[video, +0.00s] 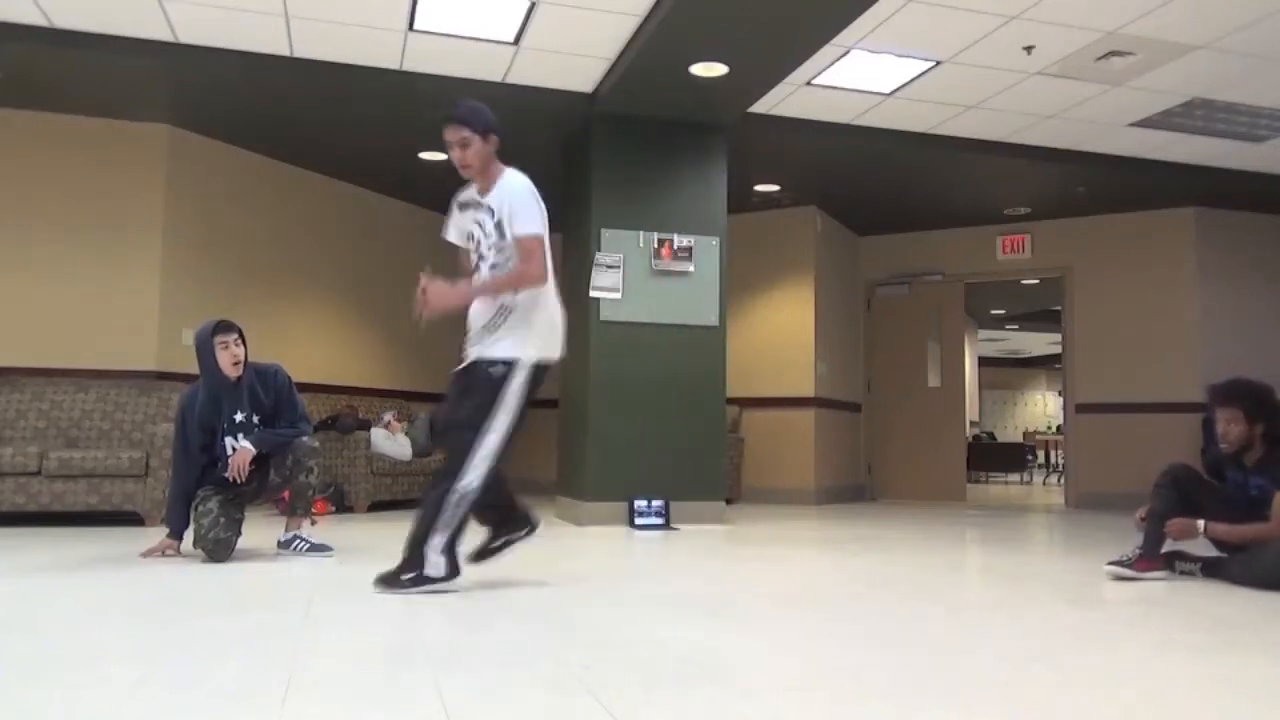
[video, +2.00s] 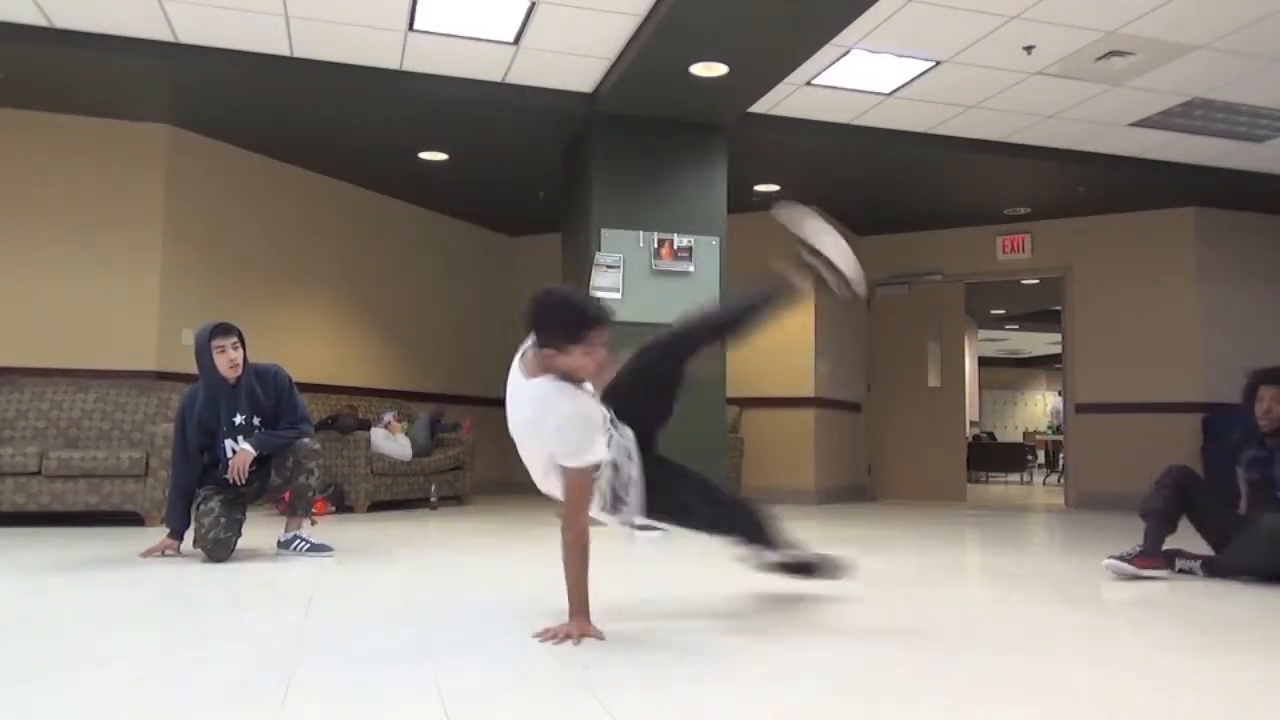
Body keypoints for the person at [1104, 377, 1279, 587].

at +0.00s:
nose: (1221, 432)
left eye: (1231, 423)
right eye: (1217, 422)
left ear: (1257, 428)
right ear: (1212, 423)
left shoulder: (1274, 466)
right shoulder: (1224, 461)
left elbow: (1274, 529)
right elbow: (1212, 501)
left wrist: (1201, 528)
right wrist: (1157, 511)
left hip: (1265, 544)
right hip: (1233, 532)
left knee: (1270, 570)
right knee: (1177, 475)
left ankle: (1205, 566)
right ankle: (1149, 555)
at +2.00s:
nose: (1266, 408)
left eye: (1275, 401)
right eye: (1260, 400)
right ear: (1252, 405)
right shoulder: (1248, 448)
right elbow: (1245, 507)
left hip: (1270, 552)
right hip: (1241, 543)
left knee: (1271, 524)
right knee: (1179, 476)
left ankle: (1206, 567)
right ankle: (1150, 552)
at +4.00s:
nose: (1257, 415)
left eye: (1268, 407)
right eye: (1251, 406)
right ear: (1244, 409)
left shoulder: (1275, 451)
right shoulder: (1239, 449)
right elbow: (1243, 501)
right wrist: (1239, 529)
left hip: (1271, 536)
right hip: (1240, 531)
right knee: (1145, 513)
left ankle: (1194, 561)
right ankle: (1210, 567)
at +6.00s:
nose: (1251, 420)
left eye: (1261, 411)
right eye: (1245, 411)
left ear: (1277, 414)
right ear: (1237, 414)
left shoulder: (1275, 452)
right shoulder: (1235, 450)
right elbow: (1242, 502)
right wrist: (1236, 533)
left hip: (1271, 535)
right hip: (1240, 533)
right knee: (1145, 514)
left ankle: (1197, 562)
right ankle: (1210, 566)